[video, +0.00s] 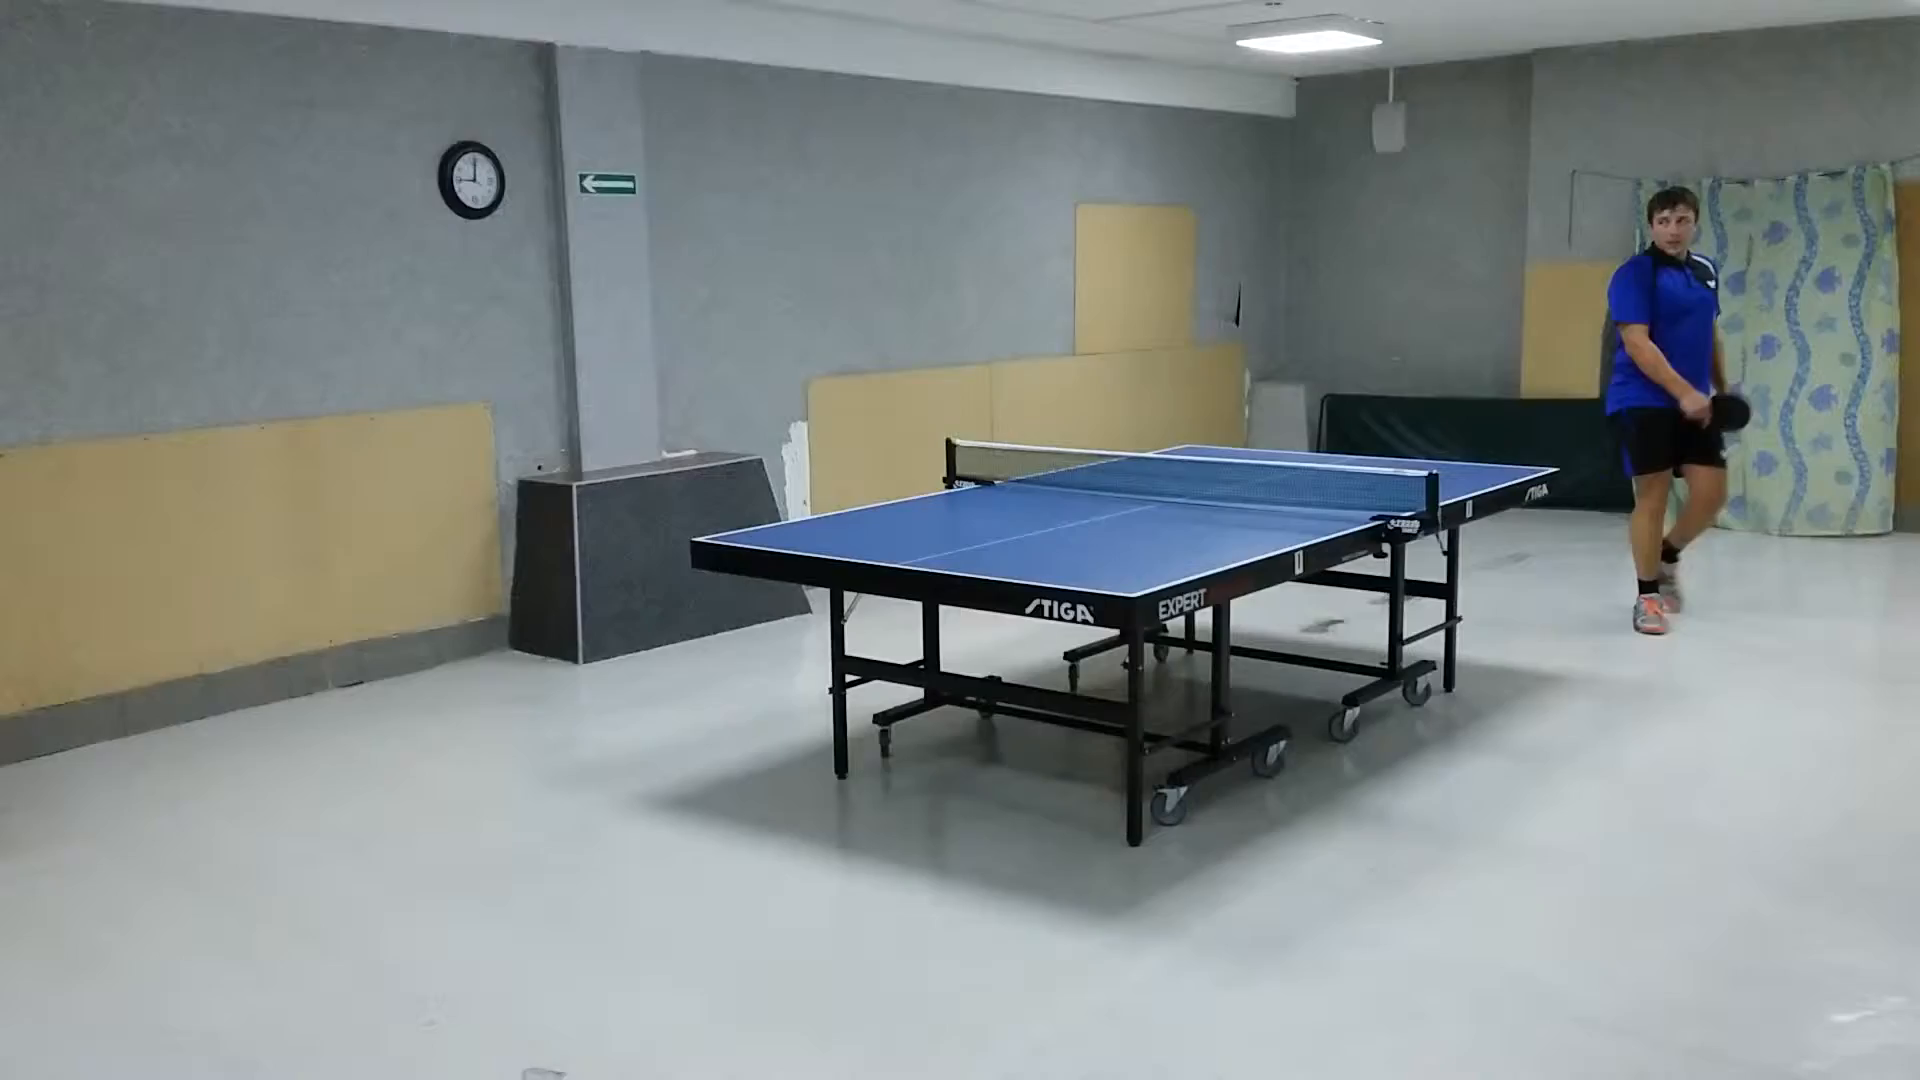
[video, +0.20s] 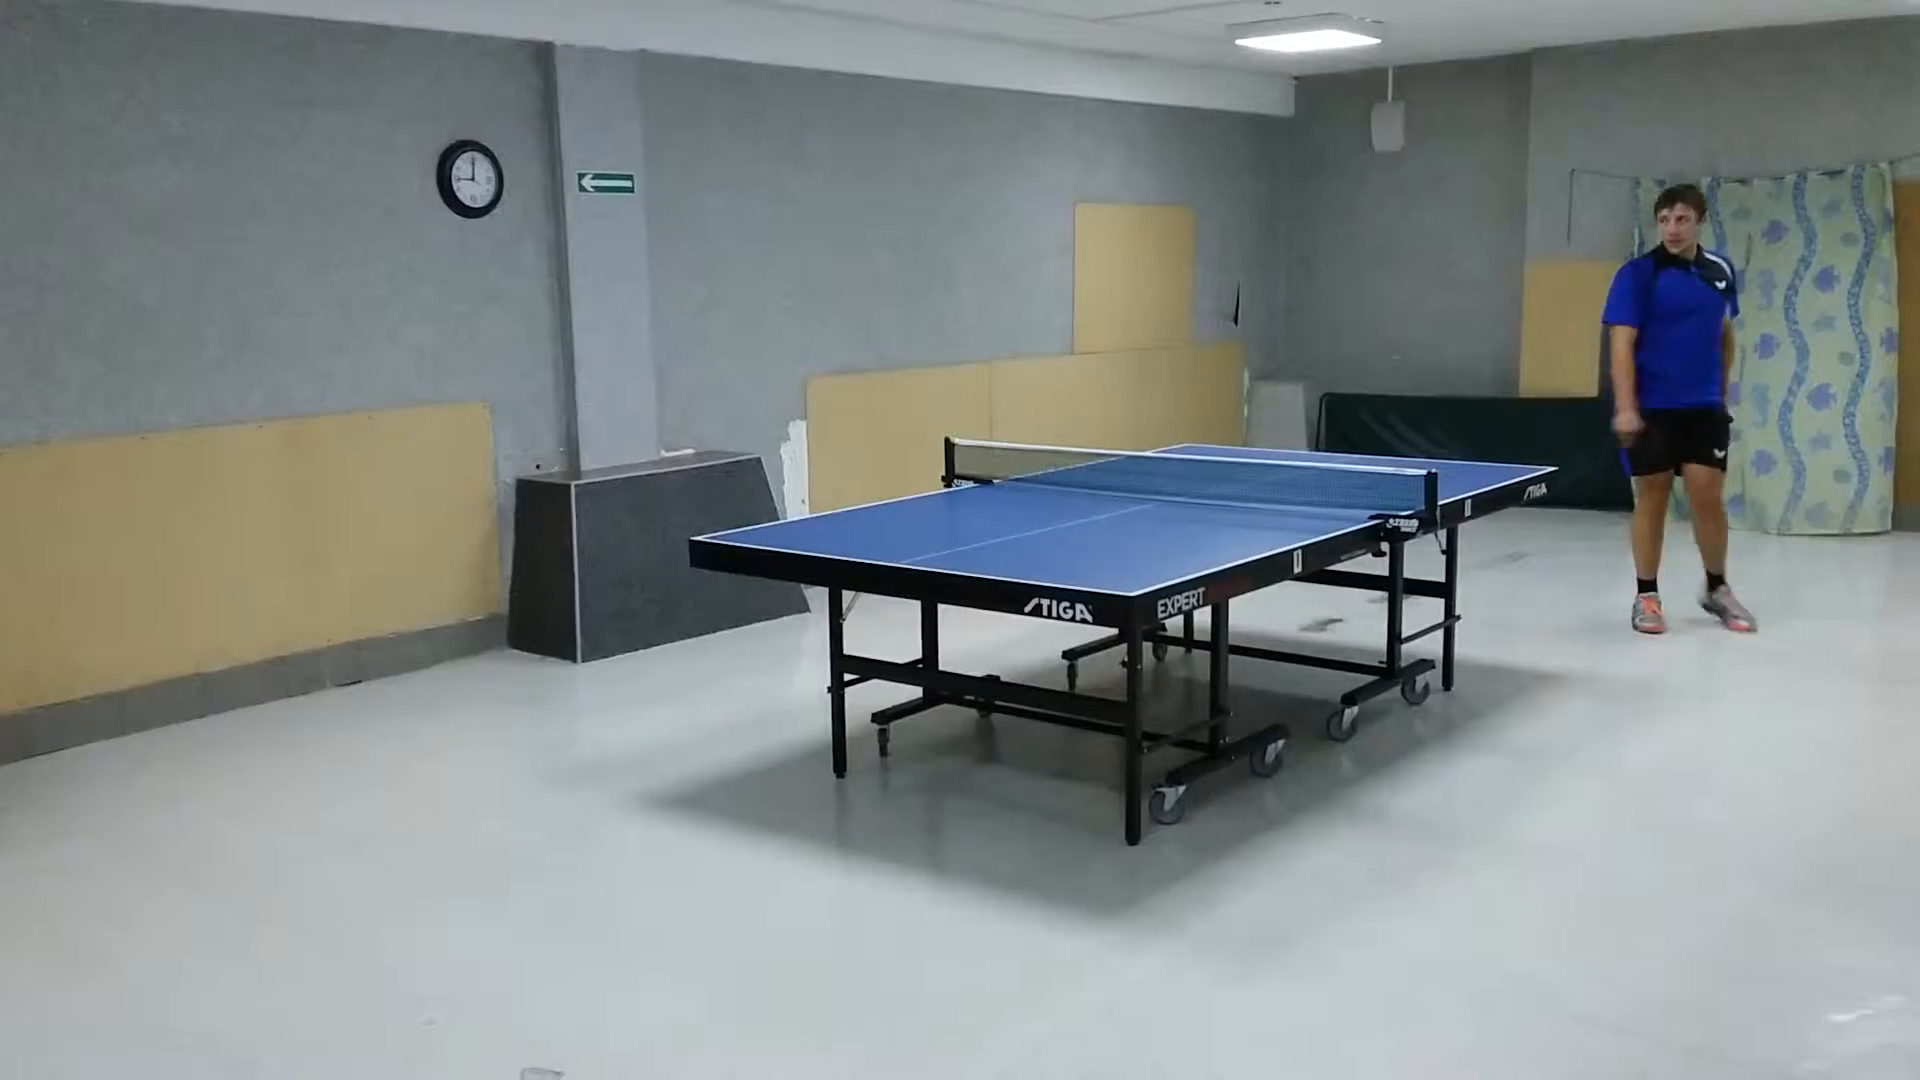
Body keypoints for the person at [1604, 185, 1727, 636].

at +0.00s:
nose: (1674, 229)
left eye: (1683, 221)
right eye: (1665, 221)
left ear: (1695, 227)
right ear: (1651, 226)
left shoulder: (1703, 272)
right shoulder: (1635, 273)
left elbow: (1710, 334)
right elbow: (1636, 343)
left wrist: (1722, 388)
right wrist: (1684, 392)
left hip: (1694, 399)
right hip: (1645, 399)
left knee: (1710, 495)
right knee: (1653, 494)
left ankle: (1663, 556)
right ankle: (1647, 594)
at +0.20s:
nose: (1672, 228)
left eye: (1682, 220)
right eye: (1665, 220)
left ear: (1698, 223)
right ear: (1657, 224)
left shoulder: (1718, 271)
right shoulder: (1636, 274)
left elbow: (1726, 335)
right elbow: (1621, 343)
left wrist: (1722, 394)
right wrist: (1625, 406)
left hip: (1704, 406)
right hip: (1650, 407)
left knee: (1708, 493)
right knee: (1652, 496)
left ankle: (1717, 589)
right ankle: (1647, 596)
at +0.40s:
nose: (1679, 224)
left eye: (1690, 216)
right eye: (1674, 215)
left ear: (1711, 221)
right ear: (1667, 222)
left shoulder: (1742, 272)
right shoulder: (1643, 271)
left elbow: (1756, 336)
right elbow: (1608, 328)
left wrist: (1756, 398)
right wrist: (1576, 384)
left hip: (1714, 408)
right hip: (1651, 406)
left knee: (1711, 497)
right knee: (1653, 495)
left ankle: (1725, 601)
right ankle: (1645, 597)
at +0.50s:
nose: (1685, 221)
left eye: (1696, 213)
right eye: (1681, 213)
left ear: (1719, 220)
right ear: (1674, 219)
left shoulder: (1751, 272)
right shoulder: (1650, 269)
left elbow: (1773, 337)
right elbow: (1609, 325)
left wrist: (1780, 408)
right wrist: (1569, 376)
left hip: (1717, 409)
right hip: (1655, 405)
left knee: (1713, 498)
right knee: (1656, 495)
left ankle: (1725, 602)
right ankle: (1646, 596)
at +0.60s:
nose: (1690, 216)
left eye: (1701, 208)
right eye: (1685, 208)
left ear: (1726, 214)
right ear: (1680, 215)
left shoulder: (1756, 270)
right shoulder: (1661, 262)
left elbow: (1783, 339)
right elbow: (1619, 320)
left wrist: (1798, 409)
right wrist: (1577, 366)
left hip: (1716, 406)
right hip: (1656, 400)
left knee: (1713, 499)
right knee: (1657, 491)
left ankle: (1725, 597)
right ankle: (1644, 590)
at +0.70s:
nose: (1686, 217)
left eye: (1697, 209)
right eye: (1682, 208)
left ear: (1724, 216)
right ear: (1678, 213)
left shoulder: (1746, 270)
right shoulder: (1661, 260)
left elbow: (1777, 339)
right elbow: (1629, 322)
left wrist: (1794, 405)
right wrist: (1589, 365)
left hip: (1706, 407)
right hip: (1649, 400)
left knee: (1707, 498)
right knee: (1643, 488)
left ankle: (1718, 597)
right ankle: (1634, 590)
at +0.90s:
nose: (1678, 222)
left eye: (1689, 215)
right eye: (1673, 213)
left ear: (1709, 221)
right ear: (1667, 215)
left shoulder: (1725, 261)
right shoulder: (1655, 262)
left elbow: (1736, 315)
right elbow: (1638, 329)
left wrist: (1717, 360)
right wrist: (1606, 381)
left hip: (1698, 400)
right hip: (1644, 396)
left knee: (1703, 494)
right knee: (1619, 484)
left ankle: (1716, 596)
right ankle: (1586, 584)